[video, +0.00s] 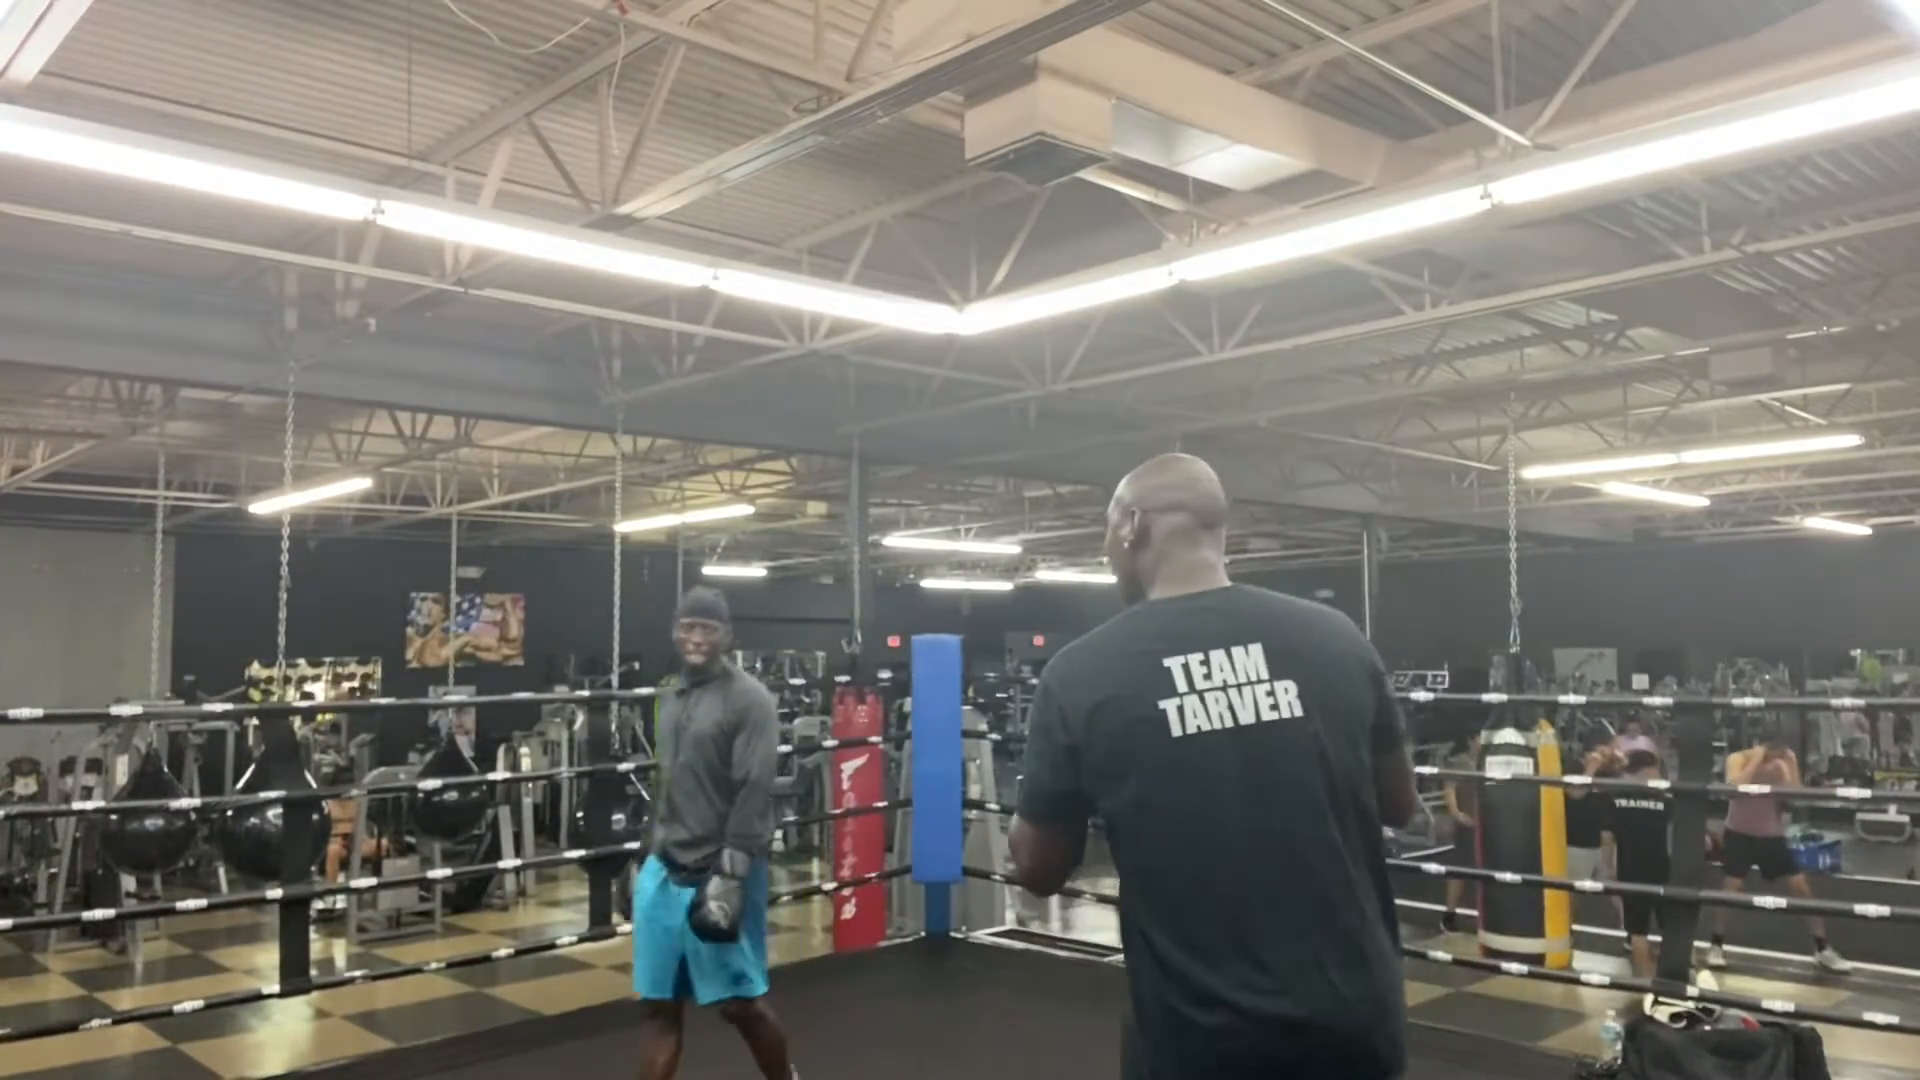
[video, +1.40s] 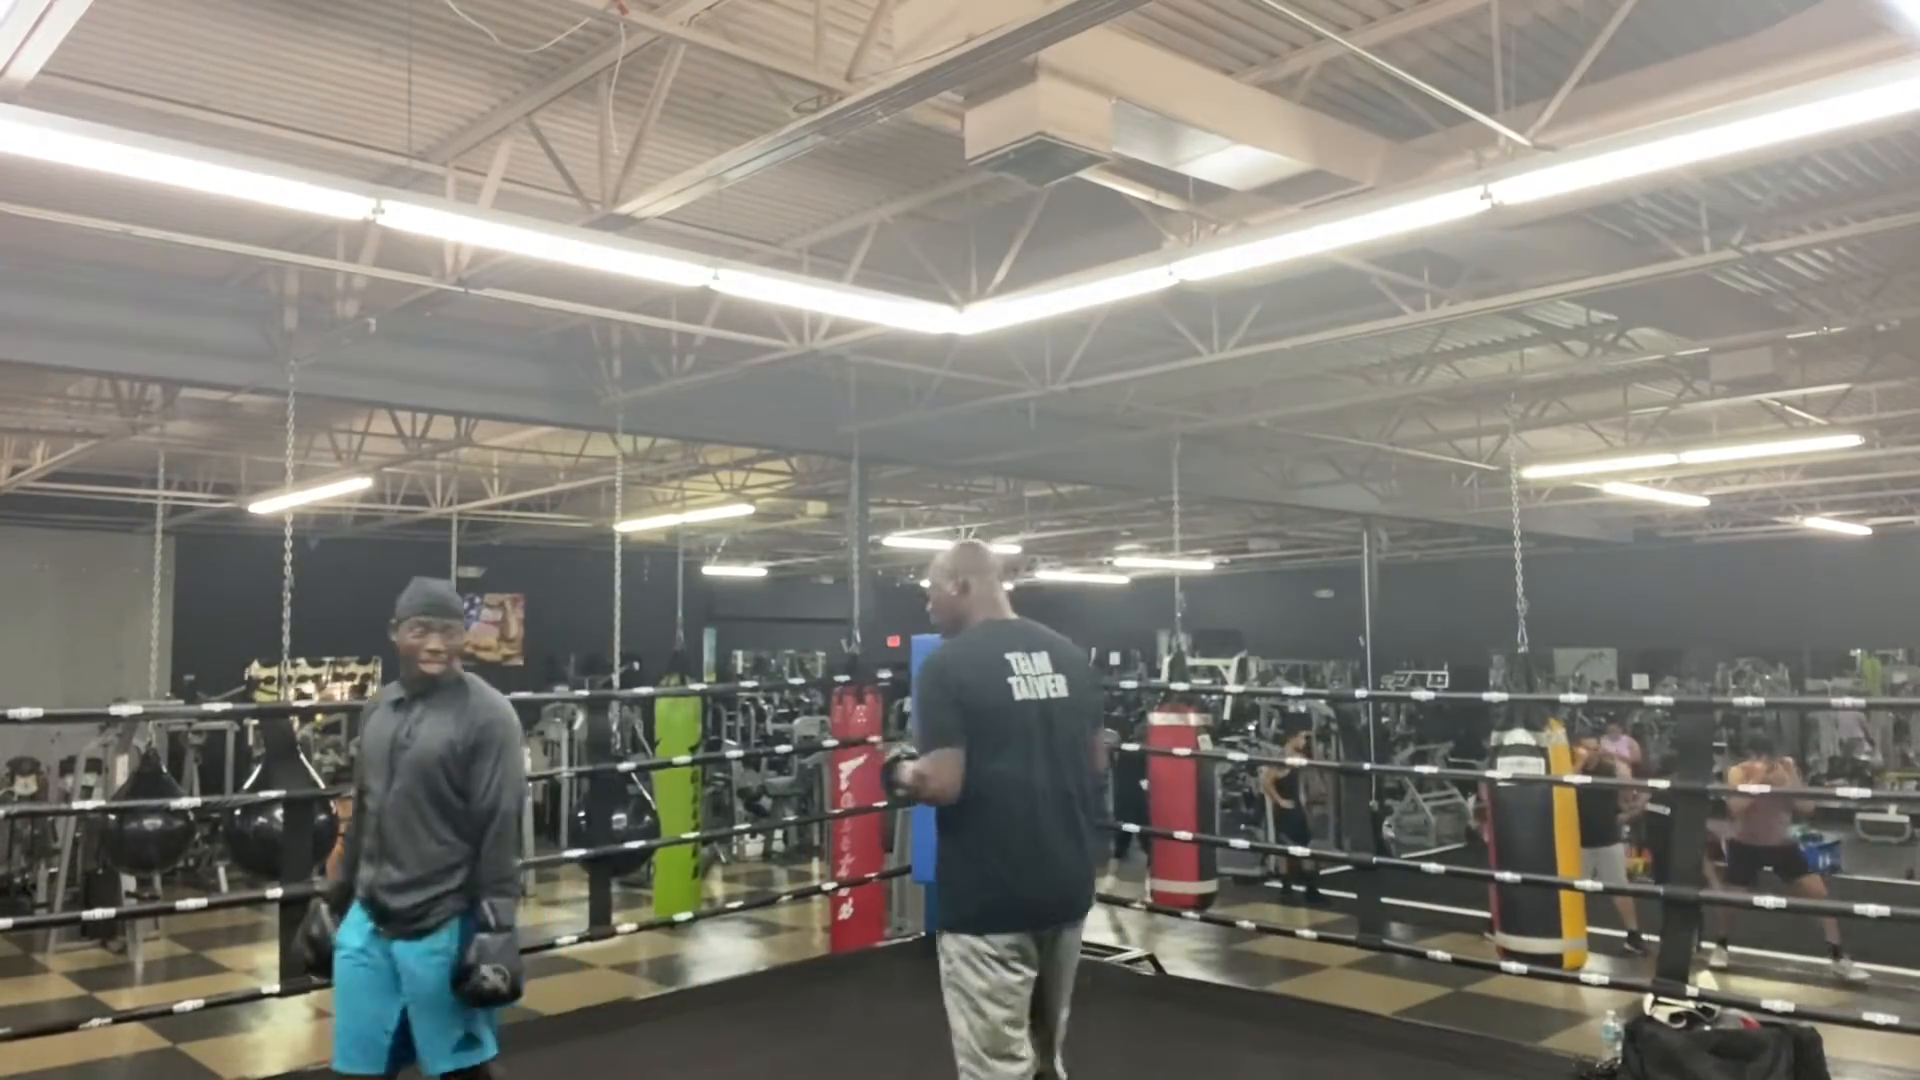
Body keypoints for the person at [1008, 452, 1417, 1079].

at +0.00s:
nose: (1107, 548)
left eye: (1109, 528)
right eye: (1107, 530)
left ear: (1133, 528)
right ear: (1220, 529)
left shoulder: (1079, 675)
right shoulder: (1336, 636)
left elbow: (1040, 870)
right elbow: (1399, 801)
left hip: (1192, 1028)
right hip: (1354, 1014)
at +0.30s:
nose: (1121, 564)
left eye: (1127, 548)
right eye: (1122, 550)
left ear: (1156, 548)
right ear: (1221, 558)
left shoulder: (1094, 666)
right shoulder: (1300, 669)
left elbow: (1035, 830)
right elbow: (1312, 816)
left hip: (1147, 999)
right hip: (1278, 994)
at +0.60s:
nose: (1081, 558)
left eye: (1086, 542)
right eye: (1082, 544)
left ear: (1119, 542)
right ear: (1173, 546)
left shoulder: (1083, 644)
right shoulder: (1248, 643)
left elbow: (1032, 796)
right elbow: (1250, 786)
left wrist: (1016, 731)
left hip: (1116, 966)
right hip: (1243, 959)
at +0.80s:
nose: (1023, 584)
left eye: (1030, 567)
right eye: (1024, 569)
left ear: (1063, 569)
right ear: (1108, 570)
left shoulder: (1034, 674)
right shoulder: (1178, 655)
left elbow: (1000, 816)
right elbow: (1171, 778)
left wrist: (983, 795)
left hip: (1085, 954)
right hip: (1191, 941)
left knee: (1073, 1069)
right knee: (1204, 1072)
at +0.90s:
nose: (994, 588)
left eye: (999, 570)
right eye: (995, 571)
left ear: (1031, 572)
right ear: (1075, 569)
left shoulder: (1009, 673)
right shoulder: (1152, 647)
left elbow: (948, 802)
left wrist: (937, 750)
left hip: (1057, 936)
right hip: (1159, 922)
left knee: (1041, 1071)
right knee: (1160, 1072)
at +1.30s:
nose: (936, 599)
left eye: (938, 586)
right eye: (935, 587)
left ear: (963, 578)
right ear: (1005, 573)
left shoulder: (953, 658)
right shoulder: (1085, 644)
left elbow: (908, 778)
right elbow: (1124, 741)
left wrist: (878, 752)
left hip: (1004, 902)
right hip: (1092, 891)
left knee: (1005, 1066)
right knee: (1073, 1059)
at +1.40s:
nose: (928, 606)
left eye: (933, 592)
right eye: (928, 593)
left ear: (962, 586)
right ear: (987, 585)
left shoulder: (947, 663)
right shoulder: (1069, 656)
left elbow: (942, 782)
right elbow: (1097, 761)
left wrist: (900, 772)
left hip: (984, 902)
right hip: (1066, 890)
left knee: (995, 1065)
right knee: (1046, 1059)